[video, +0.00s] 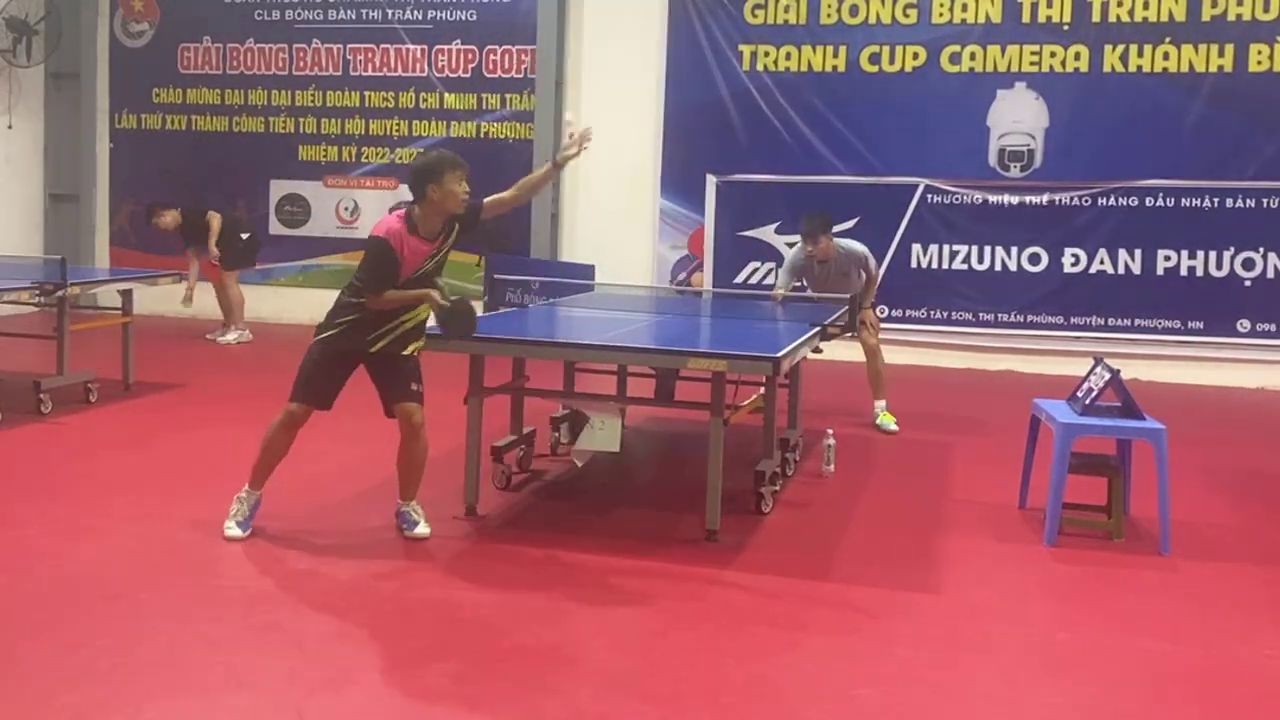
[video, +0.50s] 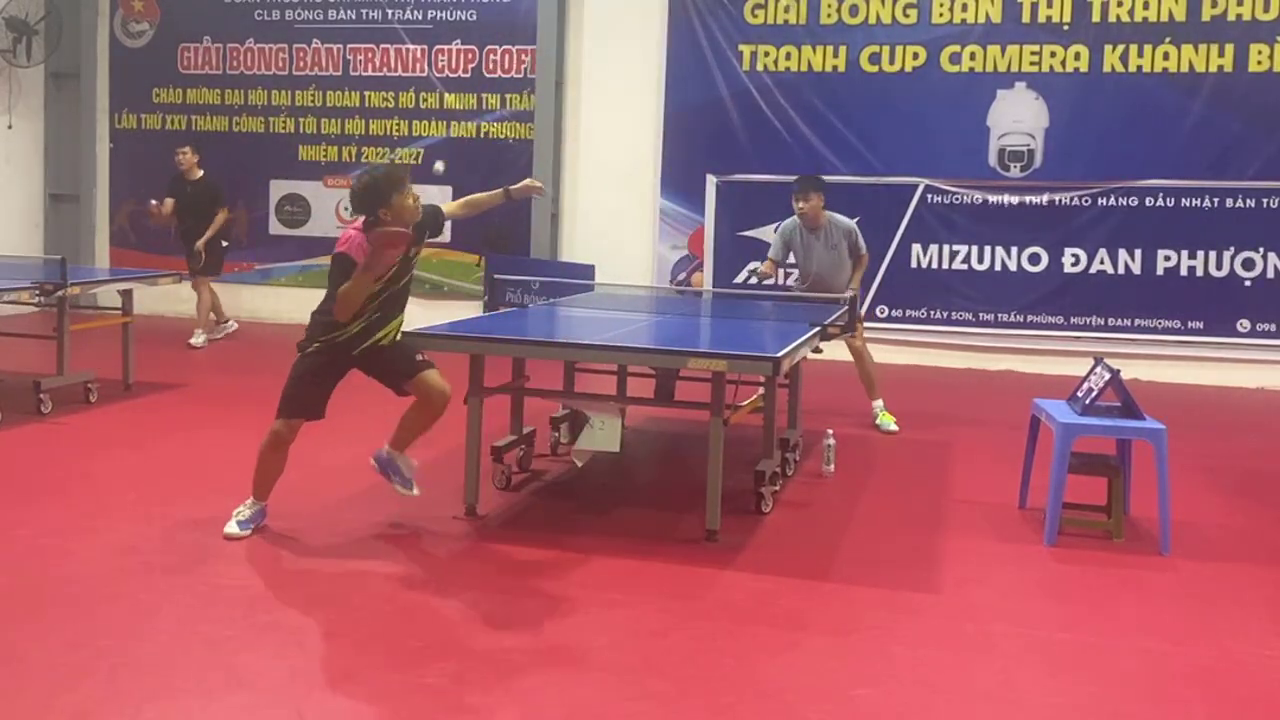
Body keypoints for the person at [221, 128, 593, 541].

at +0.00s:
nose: (468, 191)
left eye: (466, 183)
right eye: (459, 183)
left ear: (444, 191)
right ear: (431, 192)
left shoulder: (454, 219)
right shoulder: (390, 233)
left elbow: (511, 198)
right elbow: (373, 298)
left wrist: (558, 161)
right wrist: (425, 294)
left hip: (400, 334)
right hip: (347, 330)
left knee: (414, 420)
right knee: (295, 414)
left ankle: (408, 506)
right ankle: (249, 495)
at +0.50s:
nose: (416, 197)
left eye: (412, 191)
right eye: (408, 194)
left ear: (398, 205)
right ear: (385, 209)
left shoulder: (415, 225)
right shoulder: (354, 242)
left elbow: (462, 207)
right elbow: (341, 309)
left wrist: (511, 192)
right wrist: (373, 269)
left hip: (380, 339)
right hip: (330, 342)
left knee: (437, 393)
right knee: (282, 431)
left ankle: (391, 455)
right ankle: (255, 505)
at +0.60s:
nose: (426, 229)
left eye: (423, 222)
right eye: (419, 225)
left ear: (411, 228)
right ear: (395, 234)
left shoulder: (417, 241)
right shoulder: (359, 255)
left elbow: (446, 222)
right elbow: (318, 300)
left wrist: (479, 205)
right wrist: (364, 272)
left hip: (384, 350)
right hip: (332, 357)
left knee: (438, 416)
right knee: (288, 442)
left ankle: (393, 482)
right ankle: (256, 506)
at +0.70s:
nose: (454, 250)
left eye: (453, 243)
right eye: (447, 245)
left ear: (425, 246)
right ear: (421, 247)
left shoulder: (428, 259)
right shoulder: (379, 257)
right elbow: (329, 272)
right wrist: (382, 309)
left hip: (389, 361)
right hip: (340, 369)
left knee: (447, 427)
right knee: (297, 453)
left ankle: (400, 502)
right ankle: (258, 507)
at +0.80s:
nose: (487, 252)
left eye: (489, 246)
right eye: (486, 245)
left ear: (463, 240)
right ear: (465, 242)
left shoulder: (443, 258)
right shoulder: (406, 259)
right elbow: (356, 269)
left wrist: (404, 336)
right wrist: (390, 324)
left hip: (393, 345)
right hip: (349, 344)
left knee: (450, 428)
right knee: (332, 453)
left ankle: (401, 501)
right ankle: (263, 494)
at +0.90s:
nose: (503, 237)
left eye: (505, 229)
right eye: (503, 229)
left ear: (472, 221)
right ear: (489, 228)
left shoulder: (449, 243)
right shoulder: (436, 254)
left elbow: (405, 252)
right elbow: (394, 271)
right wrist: (425, 326)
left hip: (397, 349)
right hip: (362, 350)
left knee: (448, 427)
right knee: (381, 446)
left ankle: (402, 501)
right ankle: (293, 482)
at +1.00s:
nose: (508, 219)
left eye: (511, 210)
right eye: (509, 210)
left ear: (476, 202)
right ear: (498, 209)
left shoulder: (441, 221)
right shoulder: (456, 239)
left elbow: (398, 242)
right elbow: (424, 272)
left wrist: (372, 261)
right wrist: (456, 320)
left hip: (398, 339)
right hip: (378, 342)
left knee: (443, 421)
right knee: (427, 427)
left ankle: (400, 502)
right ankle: (341, 498)